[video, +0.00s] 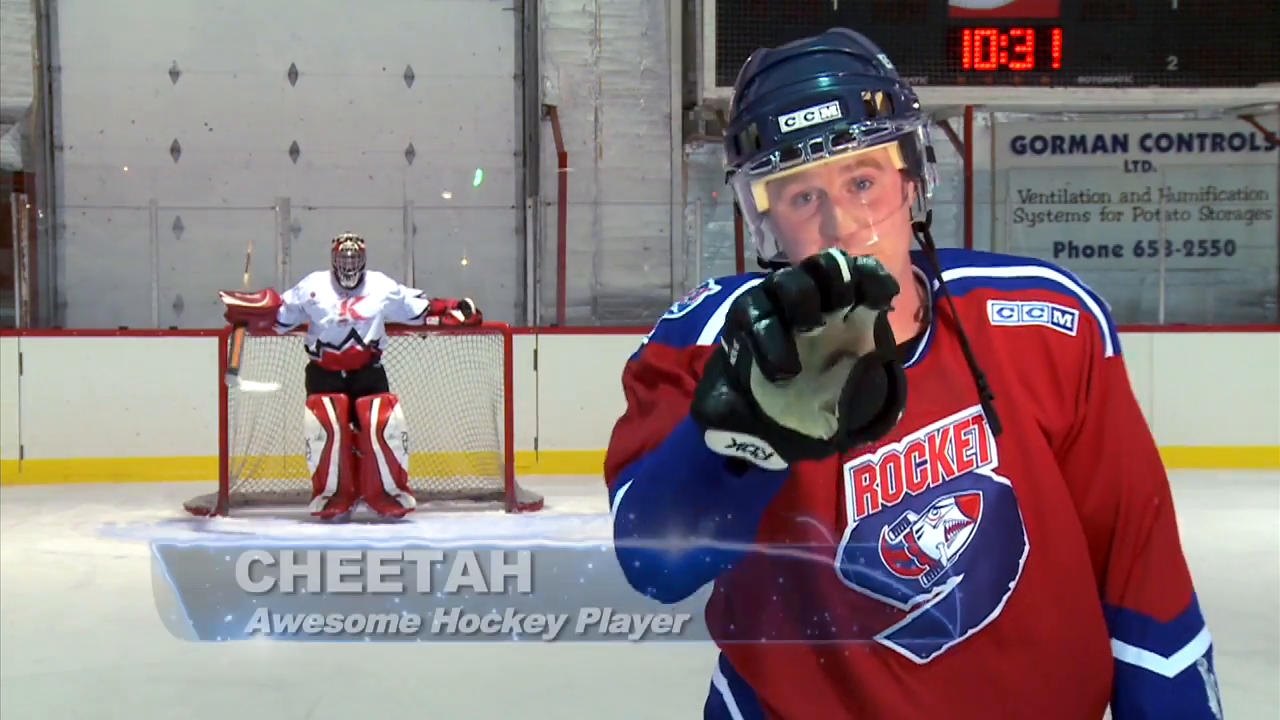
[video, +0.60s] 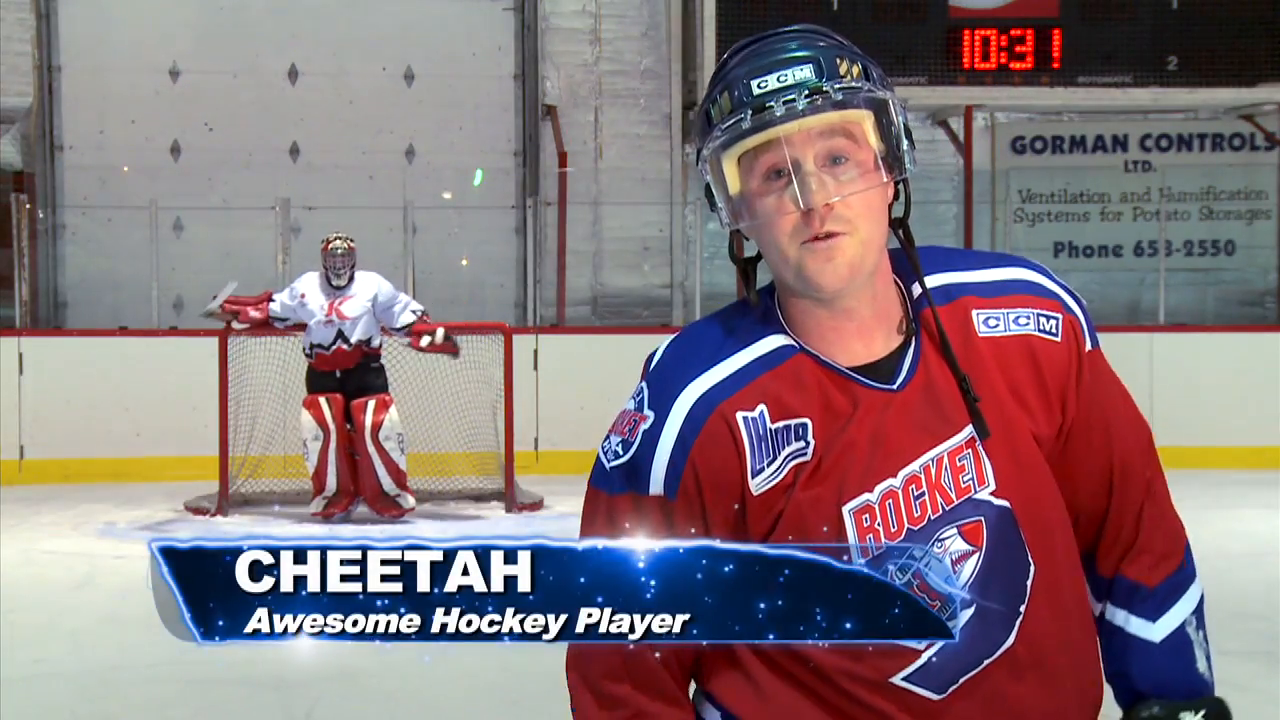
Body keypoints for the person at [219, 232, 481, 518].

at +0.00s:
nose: (350, 263)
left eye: (355, 258)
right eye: (344, 258)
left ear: (363, 259)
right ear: (334, 259)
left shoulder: (381, 287)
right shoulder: (313, 286)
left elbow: (419, 307)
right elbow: (280, 314)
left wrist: (452, 308)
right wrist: (247, 310)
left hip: (367, 372)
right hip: (325, 374)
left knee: (381, 430)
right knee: (330, 432)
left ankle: (385, 498)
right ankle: (334, 500)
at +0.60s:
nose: (339, 267)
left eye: (344, 261)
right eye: (333, 261)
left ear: (353, 261)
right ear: (323, 262)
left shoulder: (373, 286)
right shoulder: (306, 287)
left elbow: (403, 312)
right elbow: (276, 309)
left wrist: (426, 329)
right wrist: (242, 311)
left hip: (365, 373)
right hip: (323, 375)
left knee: (374, 433)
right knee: (326, 435)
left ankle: (387, 500)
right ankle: (334, 500)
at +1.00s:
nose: (333, 263)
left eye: (338, 257)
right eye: (327, 258)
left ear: (346, 259)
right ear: (317, 260)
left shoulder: (367, 288)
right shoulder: (303, 289)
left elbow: (386, 329)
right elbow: (276, 309)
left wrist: (379, 363)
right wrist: (240, 309)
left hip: (359, 371)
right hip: (320, 375)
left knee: (371, 434)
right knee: (325, 436)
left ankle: (390, 499)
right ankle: (334, 500)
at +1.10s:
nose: (332, 263)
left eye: (337, 257)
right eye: (326, 258)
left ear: (346, 259)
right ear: (317, 260)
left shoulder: (366, 288)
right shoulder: (303, 289)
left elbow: (385, 333)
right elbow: (277, 310)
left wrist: (375, 364)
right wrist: (241, 309)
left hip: (358, 373)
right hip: (320, 376)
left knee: (368, 436)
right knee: (325, 437)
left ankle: (390, 500)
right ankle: (335, 501)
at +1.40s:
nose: (334, 261)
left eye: (339, 255)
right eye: (328, 256)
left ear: (348, 257)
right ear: (319, 259)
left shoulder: (367, 289)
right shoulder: (305, 288)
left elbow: (382, 335)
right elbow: (280, 310)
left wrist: (371, 367)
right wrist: (245, 308)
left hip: (356, 373)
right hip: (319, 375)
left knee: (365, 437)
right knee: (324, 437)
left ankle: (389, 498)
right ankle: (334, 500)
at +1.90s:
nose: (338, 263)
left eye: (343, 257)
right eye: (332, 258)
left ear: (351, 259)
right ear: (322, 260)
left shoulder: (372, 289)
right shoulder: (307, 289)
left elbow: (392, 329)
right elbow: (281, 310)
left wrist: (362, 342)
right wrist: (248, 311)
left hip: (363, 374)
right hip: (322, 375)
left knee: (368, 432)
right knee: (322, 433)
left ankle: (391, 498)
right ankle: (332, 499)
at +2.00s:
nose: (338, 263)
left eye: (343, 257)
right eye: (332, 258)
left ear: (352, 258)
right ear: (323, 260)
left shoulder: (371, 286)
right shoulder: (307, 287)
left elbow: (389, 326)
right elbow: (281, 310)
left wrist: (352, 333)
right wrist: (245, 311)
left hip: (363, 374)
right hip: (323, 374)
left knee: (369, 431)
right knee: (322, 433)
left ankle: (391, 498)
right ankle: (332, 499)